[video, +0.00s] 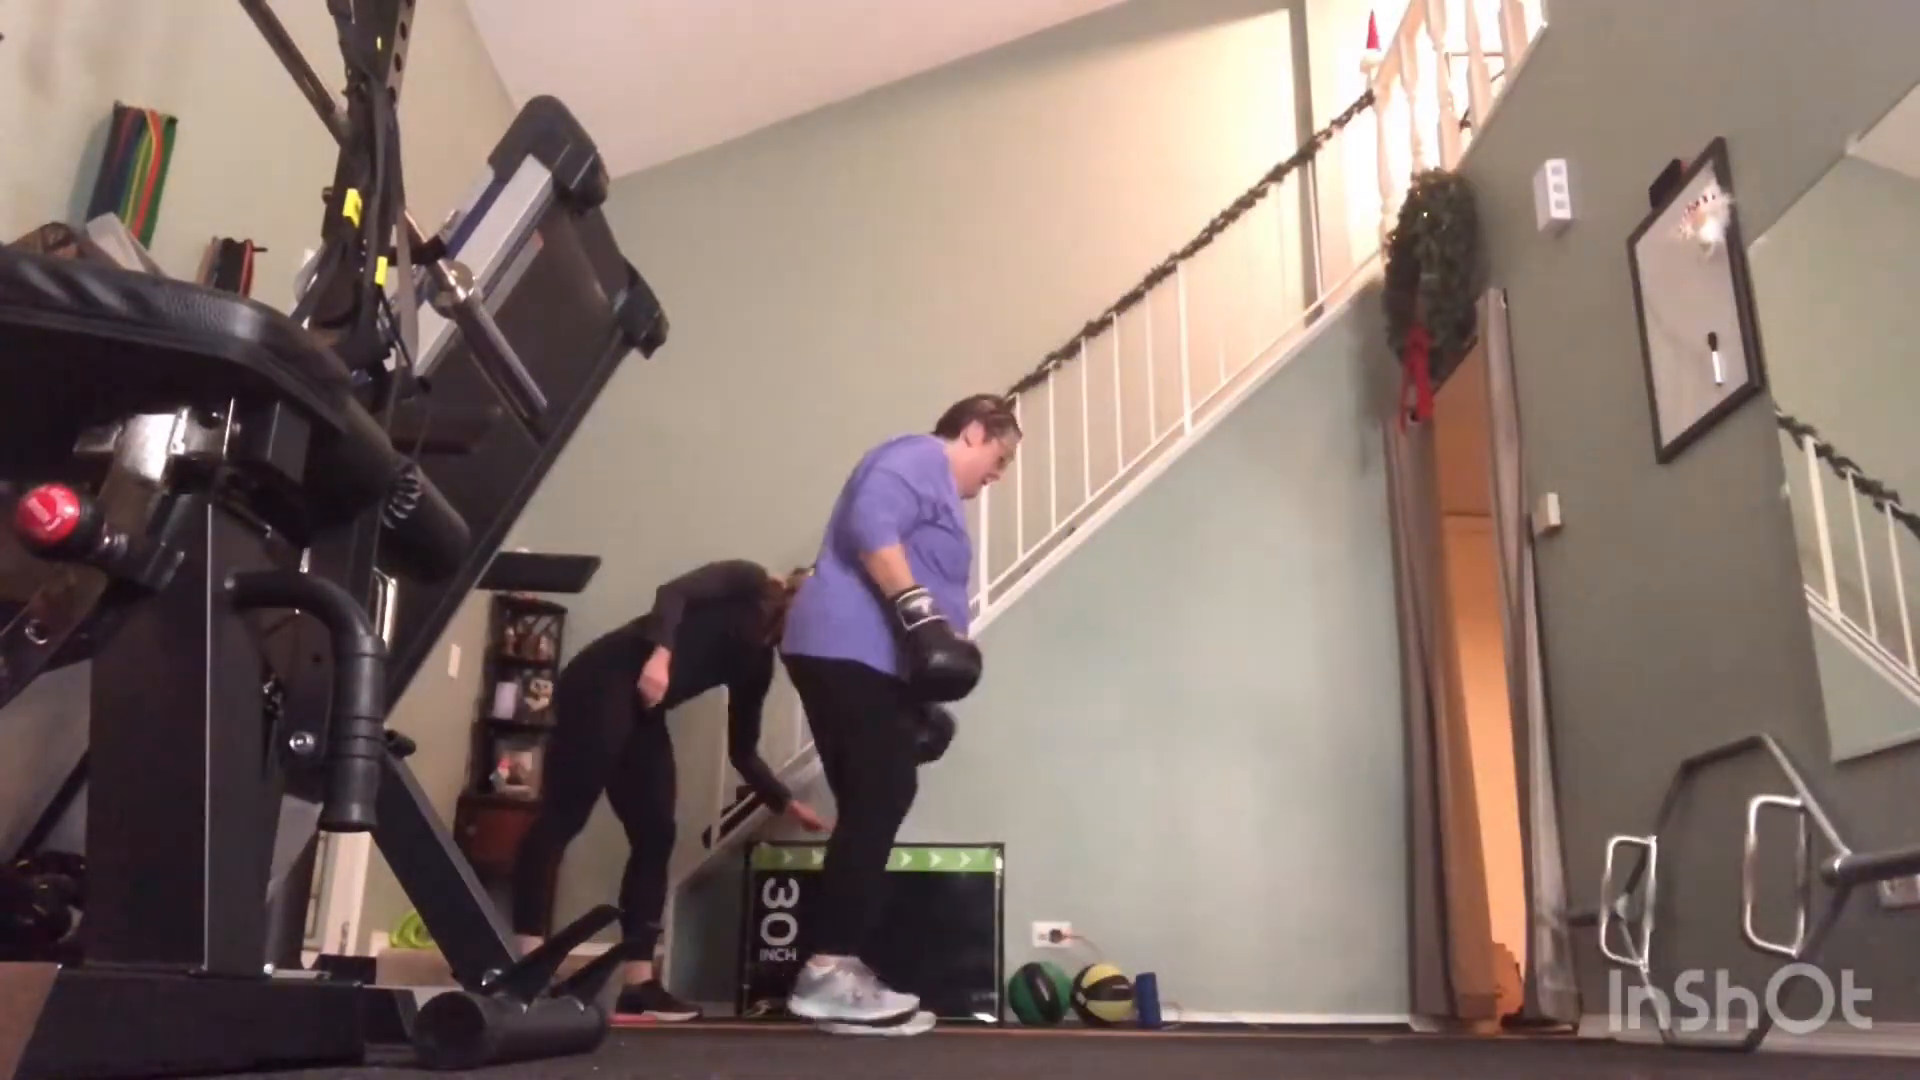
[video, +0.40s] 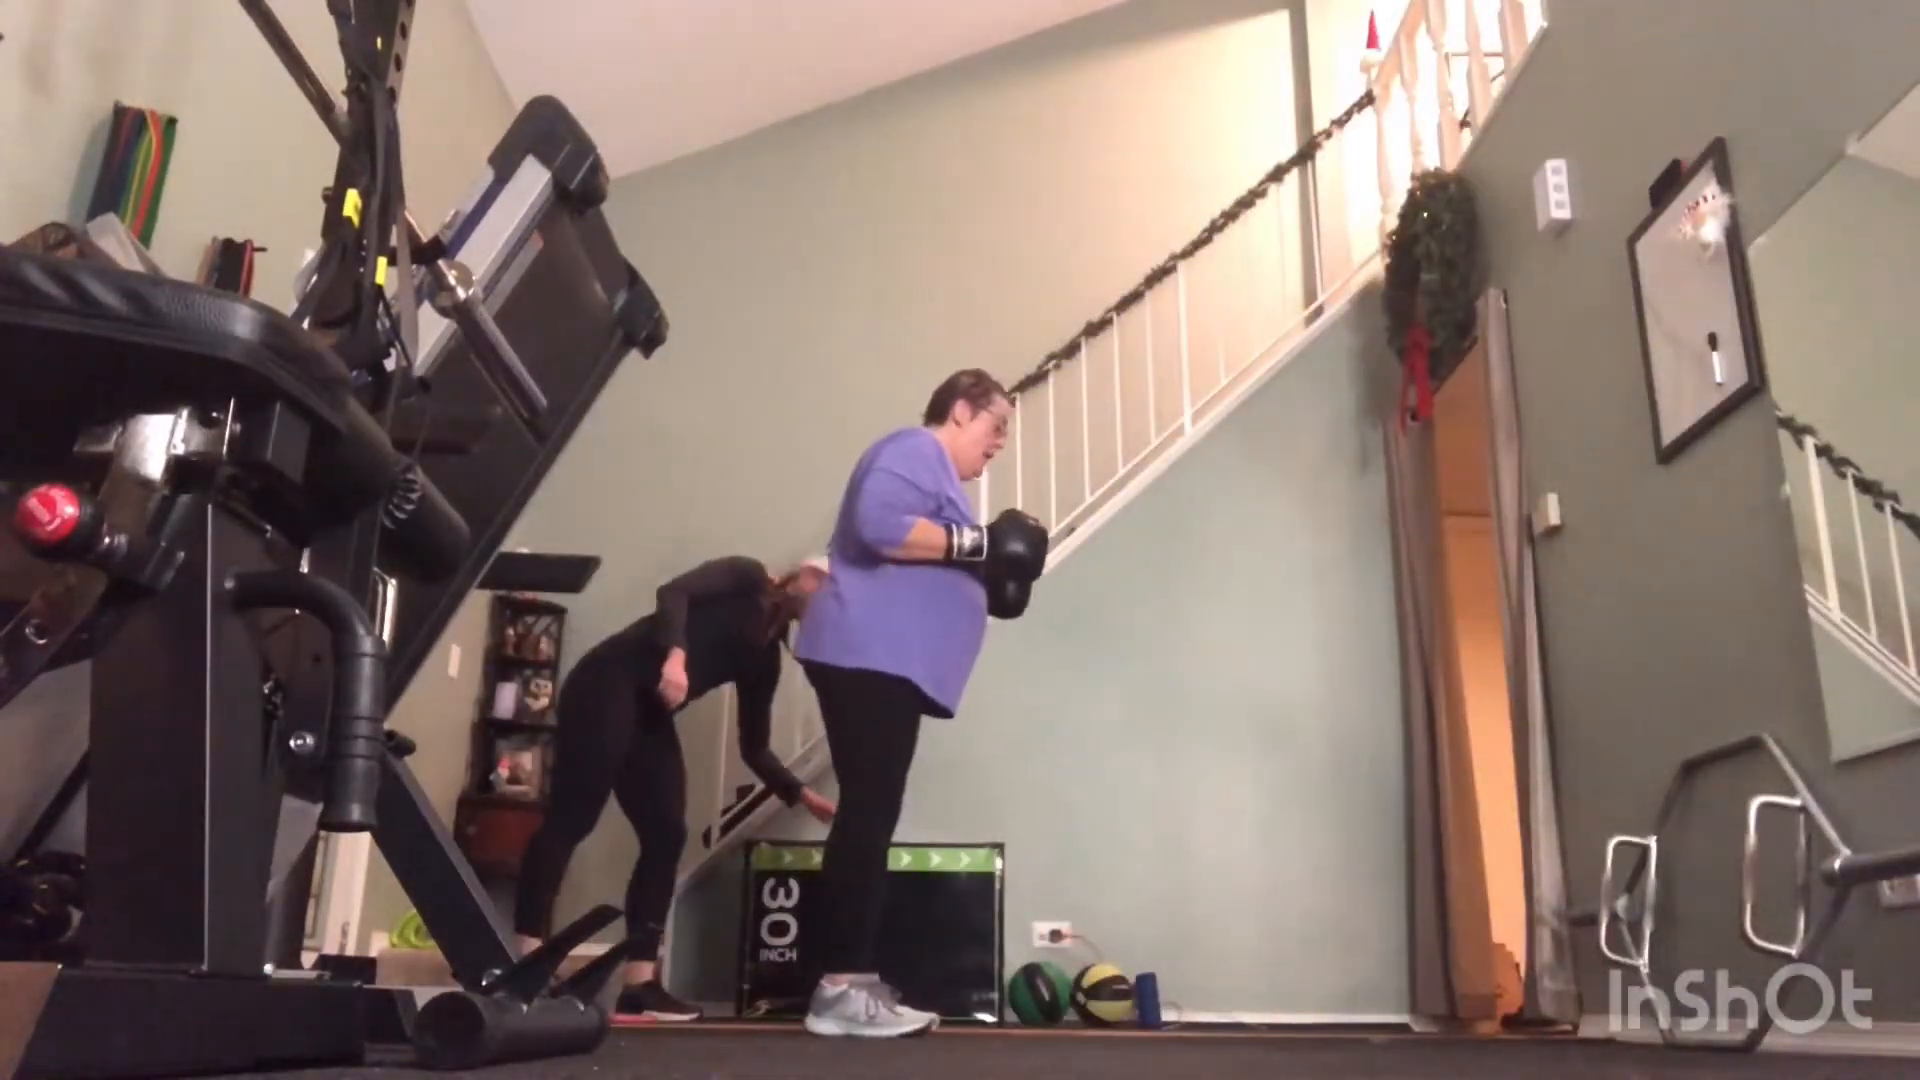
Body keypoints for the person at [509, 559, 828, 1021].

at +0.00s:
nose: (804, 633)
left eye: (810, 627)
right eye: (807, 620)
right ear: (798, 599)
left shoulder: (757, 664)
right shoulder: (749, 580)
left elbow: (743, 750)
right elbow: (673, 592)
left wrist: (789, 805)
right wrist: (661, 653)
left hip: (643, 711)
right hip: (596, 686)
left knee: (654, 835)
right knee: (560, 819)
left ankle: (638, 982)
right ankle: (529, 958)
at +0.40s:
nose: (825, 597)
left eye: (832, 592)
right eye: (822, 581)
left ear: (823, 604)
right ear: (800, 576)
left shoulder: (765, 658)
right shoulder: (748, 575)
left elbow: (755, 747)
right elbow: (673, 592)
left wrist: (803, 796)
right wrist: (676, 653)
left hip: (650, 712)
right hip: (603, 688)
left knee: (665, 834)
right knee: (571, 818)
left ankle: (639, 982)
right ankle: (527, 955)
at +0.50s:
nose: (788, 547)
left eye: (798, 545)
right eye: (784, 532)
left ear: (795, 559)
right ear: (756, 528)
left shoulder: (747, 624)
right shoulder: (708, 548)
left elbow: (721, 701)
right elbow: (639, 586)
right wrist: (652, 646)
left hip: (652, 712)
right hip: (605, 686)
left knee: (665, 834)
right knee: (584, 820)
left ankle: (640, 980)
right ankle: (516, 944)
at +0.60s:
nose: (718, 509)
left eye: (724, 502)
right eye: (713, 495)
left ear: (715, 509)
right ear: (679, 486)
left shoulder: (688, 576)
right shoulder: (629, 525)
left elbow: (661, 657)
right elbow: (576, 582)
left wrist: (683, 714)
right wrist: (586, 651)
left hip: (619, 709)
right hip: (567, 694)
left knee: (644, 833)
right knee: (554, 828)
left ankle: (636, 979)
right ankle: (490, 953)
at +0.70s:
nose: (714, 509)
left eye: (721, 503)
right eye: (710, 495)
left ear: (715, 507)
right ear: (679, 482)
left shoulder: (687, 569)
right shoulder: (631, 523)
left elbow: (666, 647)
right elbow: (585, 580)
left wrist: (683, 693)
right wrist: (573, 650)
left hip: (634, 708)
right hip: (586, 692)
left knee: (649, 836)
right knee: (563, 828)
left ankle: (634, 978)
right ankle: (492, 950)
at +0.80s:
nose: (759, 512)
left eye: (766, 506)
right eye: (754, 498)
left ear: (763, 514)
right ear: (724, 490)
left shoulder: (730, 575)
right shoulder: (674, 533)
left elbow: (715, 654)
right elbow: (627, 594)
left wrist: (736, 710)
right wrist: (658, 653)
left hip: (675, 704)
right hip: (630, 691)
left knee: (677, 831)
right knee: (666, 820)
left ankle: (638, 974)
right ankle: (608, 945)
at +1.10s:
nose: (804, 497)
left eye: (812, 492)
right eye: (802, 486)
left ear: (810, 501)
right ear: (785, 482)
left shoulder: (792, 551)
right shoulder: (740, 521)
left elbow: (760, 641)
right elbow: (692, 585)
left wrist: (792, 696)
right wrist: (713, 647)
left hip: (734, 692)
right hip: (691, 683)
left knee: (737, 825)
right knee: (705, 821)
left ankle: (709, 971)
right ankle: (669, 969)